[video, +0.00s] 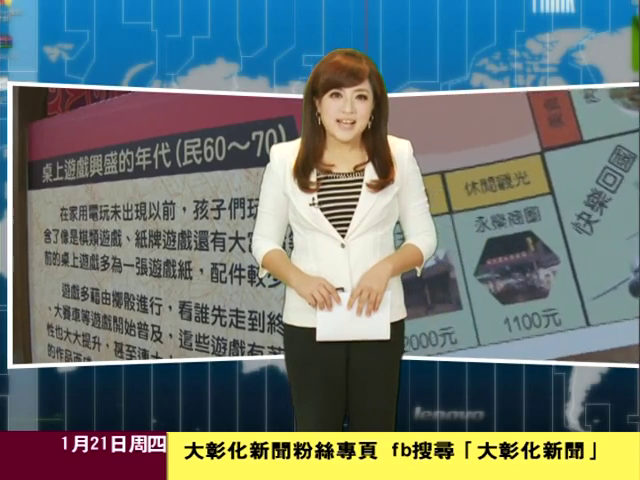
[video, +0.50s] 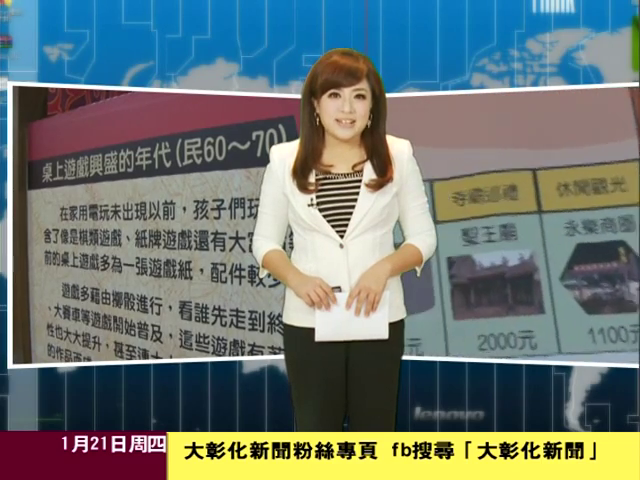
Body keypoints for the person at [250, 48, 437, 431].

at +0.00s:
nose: (348, 108)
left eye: (361, 97)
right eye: (336, 96)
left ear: (374, 106)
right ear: (316, 102)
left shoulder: (396, 156)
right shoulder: (287, 159)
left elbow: (424, 238)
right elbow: (264, 243)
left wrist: (385, 267)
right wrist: (298, 278)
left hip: (378, 328)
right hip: (310, 328)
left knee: (375, 445)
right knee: (316, 445)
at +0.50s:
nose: (347, 108)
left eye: (359, 96)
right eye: (334, 96)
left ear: (373, 104)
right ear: (315, 103)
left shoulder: (395, 156)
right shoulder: (286, 160)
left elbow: (423, 238)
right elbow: (264, 243)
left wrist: (383, 268)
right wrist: (296, 278)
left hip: (377, 327)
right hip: (309, 327)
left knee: (374, 443)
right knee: (315, 444)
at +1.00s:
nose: (346, 107)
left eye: (357, 96)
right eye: (333, 96)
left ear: (371, 105)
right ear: (313, 104)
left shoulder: (394, 156)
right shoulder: (285, 160)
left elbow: (423, 238)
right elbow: (263, 242)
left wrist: (382, 267)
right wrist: (296, 279)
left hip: (377, 323)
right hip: (308, 323)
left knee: (376, 439)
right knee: (314, 439)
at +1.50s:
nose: (348, 108)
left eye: (359, 96)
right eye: (335, 96)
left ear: (373, 104)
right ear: (315, 104)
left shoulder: (396, 156)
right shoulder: (287, 159)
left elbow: (424, 239)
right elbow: (264, 242)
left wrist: (383, 267)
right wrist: (297, 279)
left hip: (378, 325)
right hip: (308, 324)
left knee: (375, 440)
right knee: (314, 439)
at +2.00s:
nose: (349, 107)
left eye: (361, 96)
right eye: (336, 95)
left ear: (374, 104)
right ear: (316, 104)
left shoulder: (397, 156)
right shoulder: (288, 159)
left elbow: (425, 239)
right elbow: (265, 243)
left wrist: (384, 267)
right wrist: (298, 279)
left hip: (379, 324)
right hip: (309, 323)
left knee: (375, 439)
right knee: (314, 438)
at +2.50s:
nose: (348, 108)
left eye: (360, 96)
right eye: (335, 96)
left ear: (374, 104)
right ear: (316, 104)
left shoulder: (397, 156)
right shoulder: (288, 160)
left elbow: (425, 239)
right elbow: (265, 243)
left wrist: (384, 267)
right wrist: (297, 279)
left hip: (379, 324)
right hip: (309, 323)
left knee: (376, 440)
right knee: (315, 439)